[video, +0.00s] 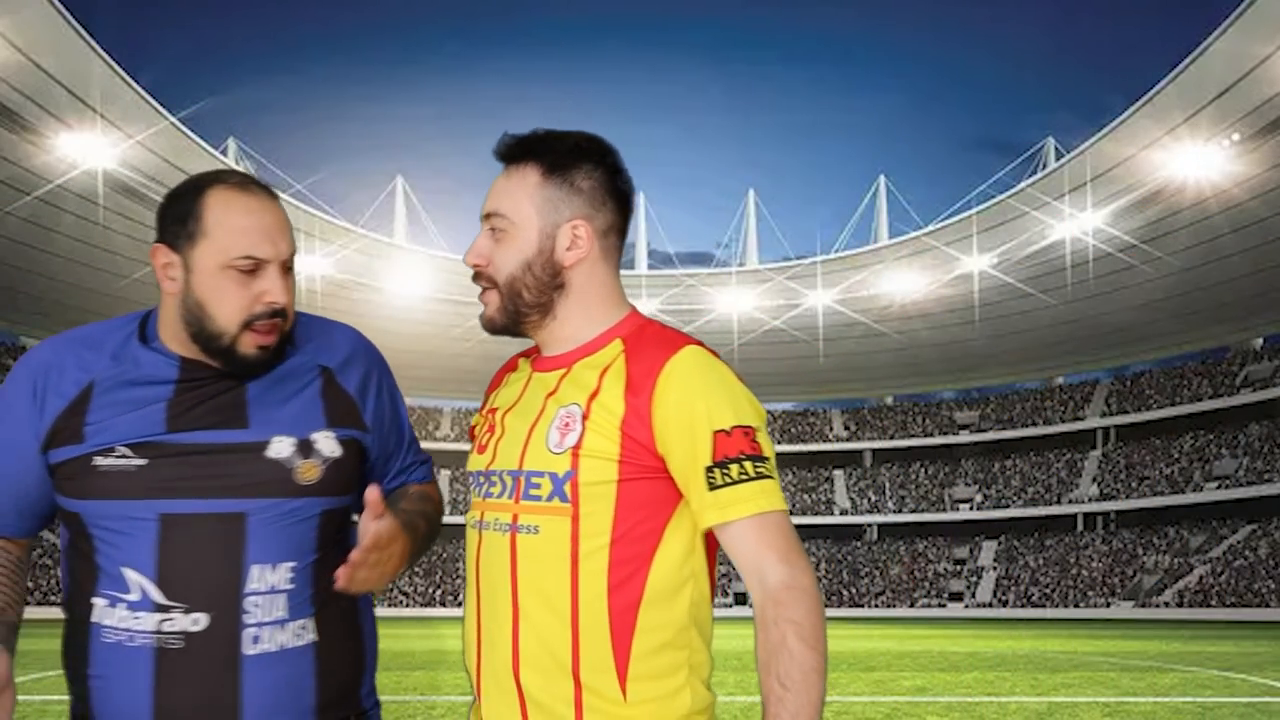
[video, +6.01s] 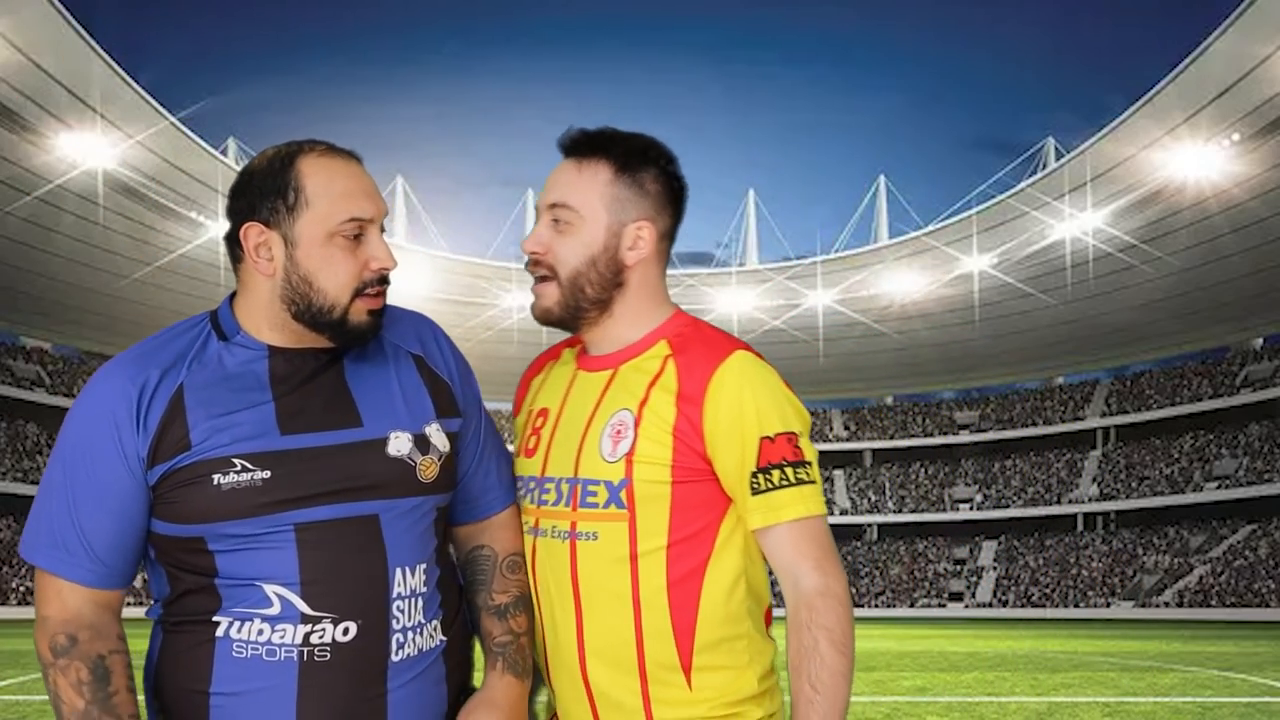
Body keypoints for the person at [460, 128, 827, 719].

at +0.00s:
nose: (472, 257)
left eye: (498, 230)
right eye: (482, 231)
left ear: (573, 243)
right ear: (573, 245)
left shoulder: (681, 376)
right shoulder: (506, 382)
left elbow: (784, 586)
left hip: (637, 704)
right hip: (500, 703)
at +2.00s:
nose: (661, 254)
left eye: (691, 232)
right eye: (662, 232)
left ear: (763, 249)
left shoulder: (845, 386)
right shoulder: (652, 378)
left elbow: (939, 582)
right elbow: (637, 537)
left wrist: (956, 713)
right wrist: (579, 674)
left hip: (797, 705)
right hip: (657, 704)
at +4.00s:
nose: (809, 265)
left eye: (832, 237)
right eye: (818, 236)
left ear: (910, 252)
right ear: (907, 252)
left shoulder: (1023, 408)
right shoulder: (794, 365)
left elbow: (1120, 617)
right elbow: (755, 506)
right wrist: (673, 626)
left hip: (952, 708)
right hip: (786, 708)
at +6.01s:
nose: (530, 246)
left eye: (560, 222)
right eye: (538, 222)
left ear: (636, 242)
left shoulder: (730, 380)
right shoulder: (539, 381)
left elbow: (817, 589)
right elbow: (525, 575)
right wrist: (501, 694)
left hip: (712, 702)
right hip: (574, 705)